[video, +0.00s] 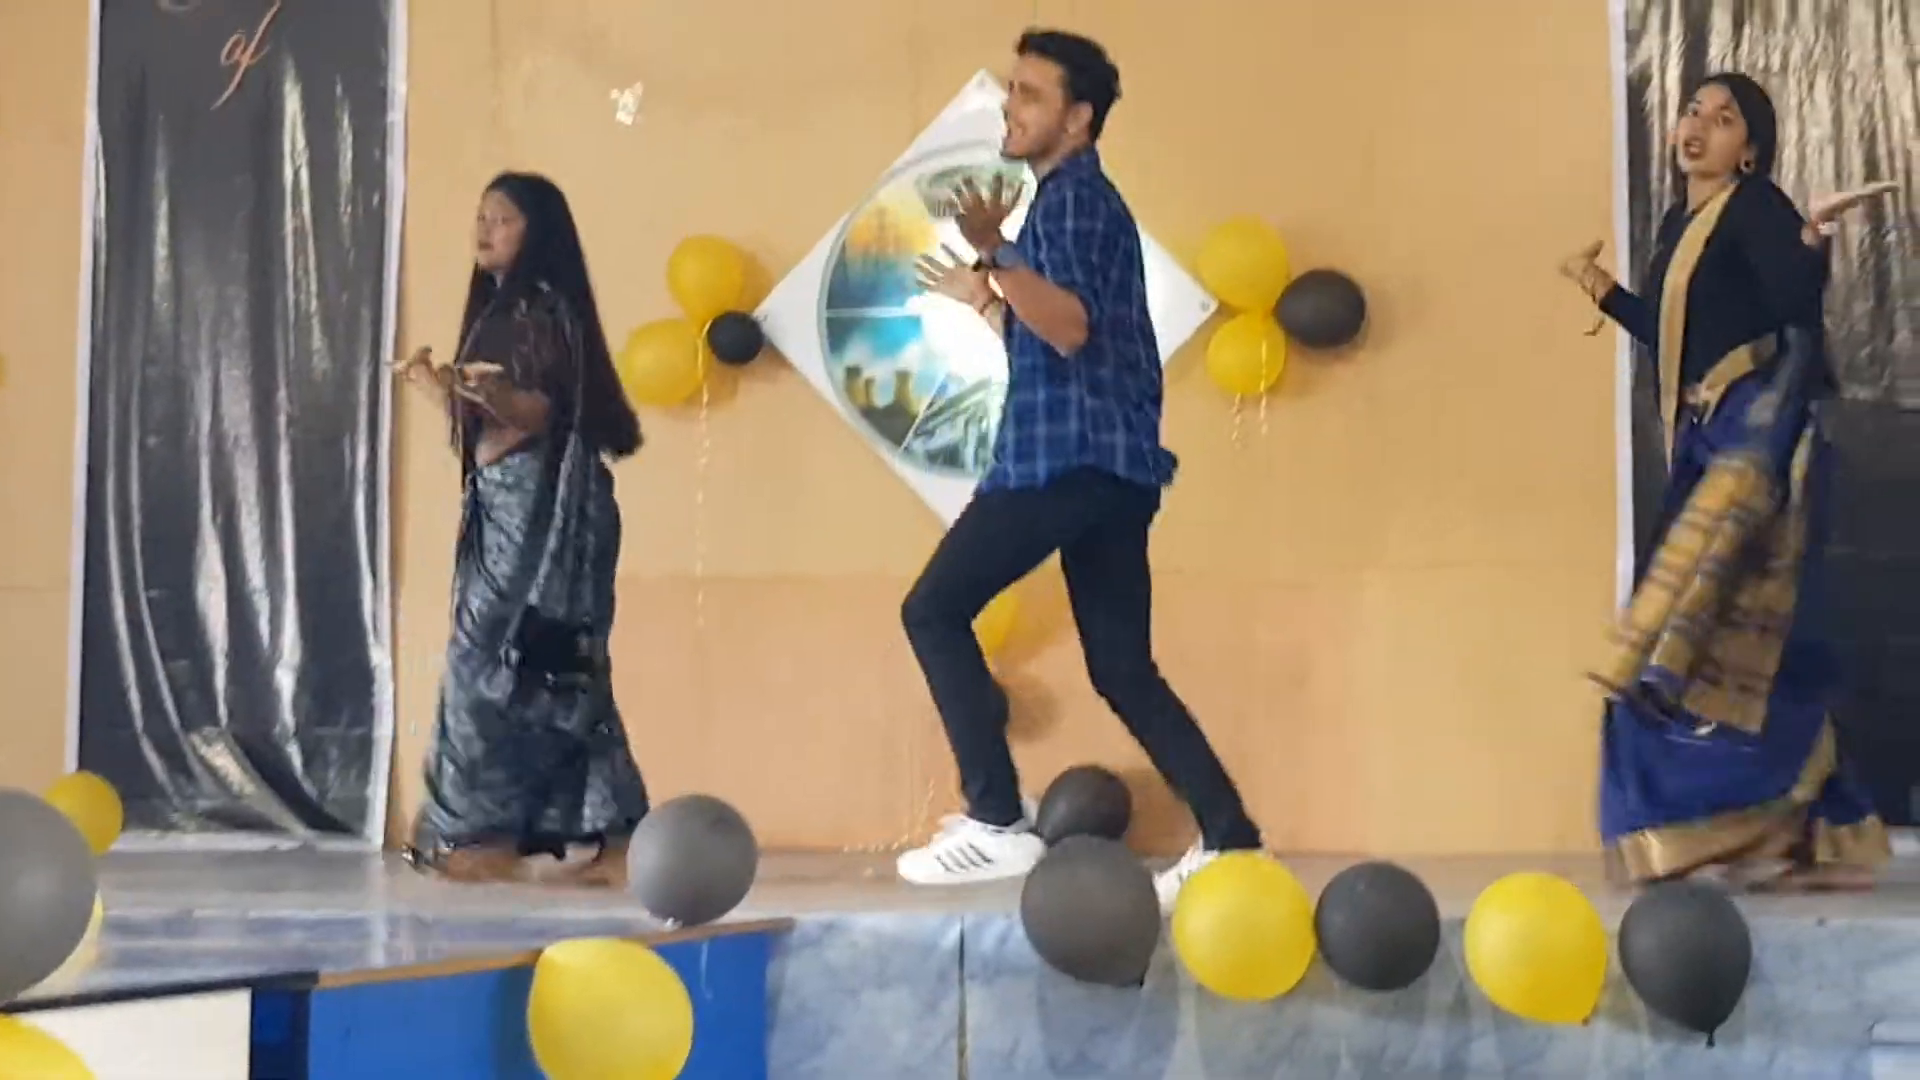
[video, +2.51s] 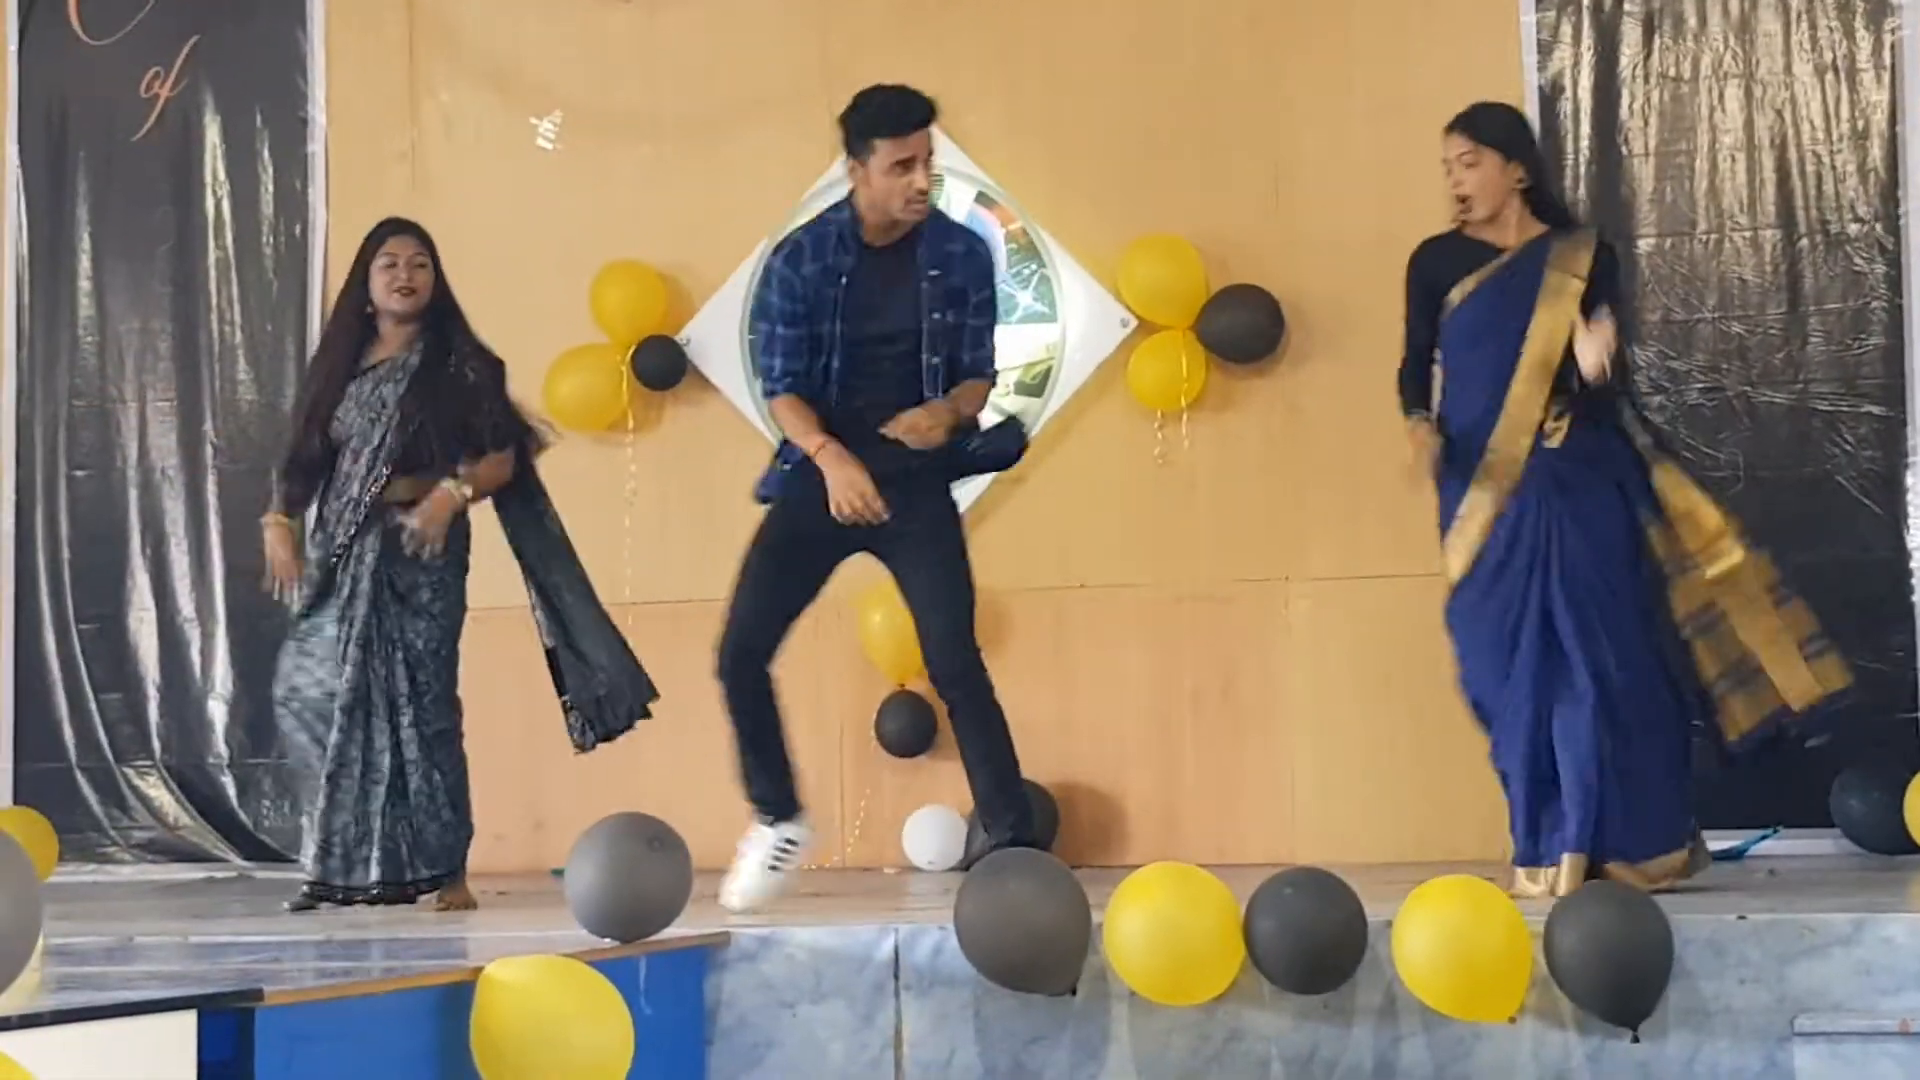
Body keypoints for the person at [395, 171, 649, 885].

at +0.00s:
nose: (483, 231)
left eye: (498, 221)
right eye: (481, 219)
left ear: (536, 232)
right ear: (484, 228)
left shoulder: (553, 310)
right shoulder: (494, 309)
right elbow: (495, 413)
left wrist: (493, 397)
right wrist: (452, 387)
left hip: (550, 504)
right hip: (506, 500)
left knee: (484, 656)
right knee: (562, 661)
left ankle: (487, 833)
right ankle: (605, 829)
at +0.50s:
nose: (380, 335)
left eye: (396, 324)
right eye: (368, 324)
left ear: (423, 336)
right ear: (351, 336)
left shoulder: (456, 413)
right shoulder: (331, 419)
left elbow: (532, 485)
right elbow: (272, 504)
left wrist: (485, 459)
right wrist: (246, 482)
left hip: (428, 606)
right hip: (349, 609)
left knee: (419, 768)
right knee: (350, 774)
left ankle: (460, 951)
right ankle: (367, 962)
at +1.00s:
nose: (193, 351)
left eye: (206, 335)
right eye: (179, 339)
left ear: (236, 337)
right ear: (165, 347)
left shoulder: (280, 404)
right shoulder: (159, 418)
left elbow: (368, 478)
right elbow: (134, 505)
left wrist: (421, 439)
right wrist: (203, 450)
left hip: (272, 611)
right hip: (185, 613)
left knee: (287, 767)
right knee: (149, 764)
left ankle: (322, 941)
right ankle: (99, 929)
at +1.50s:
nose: (104, 355)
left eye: (121, 344)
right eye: (93, 342)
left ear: (148, 356)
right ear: (77, 355)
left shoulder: (189, 439)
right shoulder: (56, 441)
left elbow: (217, 545)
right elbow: (31, 546)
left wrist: (237, 508)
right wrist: (69, 486)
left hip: (169, 628)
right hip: (86, 628)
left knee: (148, 775)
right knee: (70, 771)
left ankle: (136, 939)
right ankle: (61, 938)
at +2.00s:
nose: (267, 316)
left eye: (284, 305)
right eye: (256, 305)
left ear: (311, 318)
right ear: (240, 318)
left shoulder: (324, 395)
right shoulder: (225, 398)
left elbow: (274, 473)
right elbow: (139, 456)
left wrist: (170, 456)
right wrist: (76, 423)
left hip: (290, 580)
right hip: (217, 581)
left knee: (309, 736)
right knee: (174, 729)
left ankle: (366, 894)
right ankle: (130, 906)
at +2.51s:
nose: (405, 275)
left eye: (418, 265)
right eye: (390, 265)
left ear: (435, 280)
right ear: (366, 282)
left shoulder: (464, 365)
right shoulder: (338, 367)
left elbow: (508, 457)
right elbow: (303, 458)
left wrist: (452, 493)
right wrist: (277, 522)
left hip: (422, 551)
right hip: (342, 551)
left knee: (422, 703)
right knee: (322, 692)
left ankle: (443, 869)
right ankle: (350, 864)